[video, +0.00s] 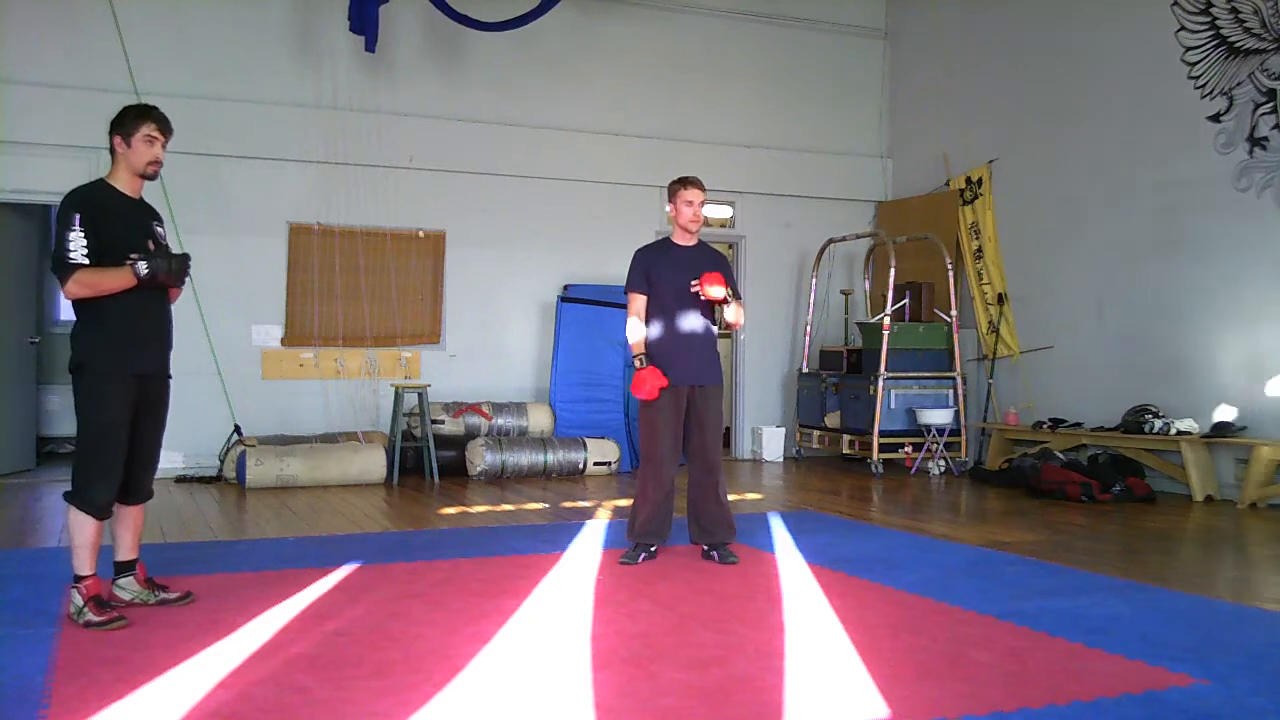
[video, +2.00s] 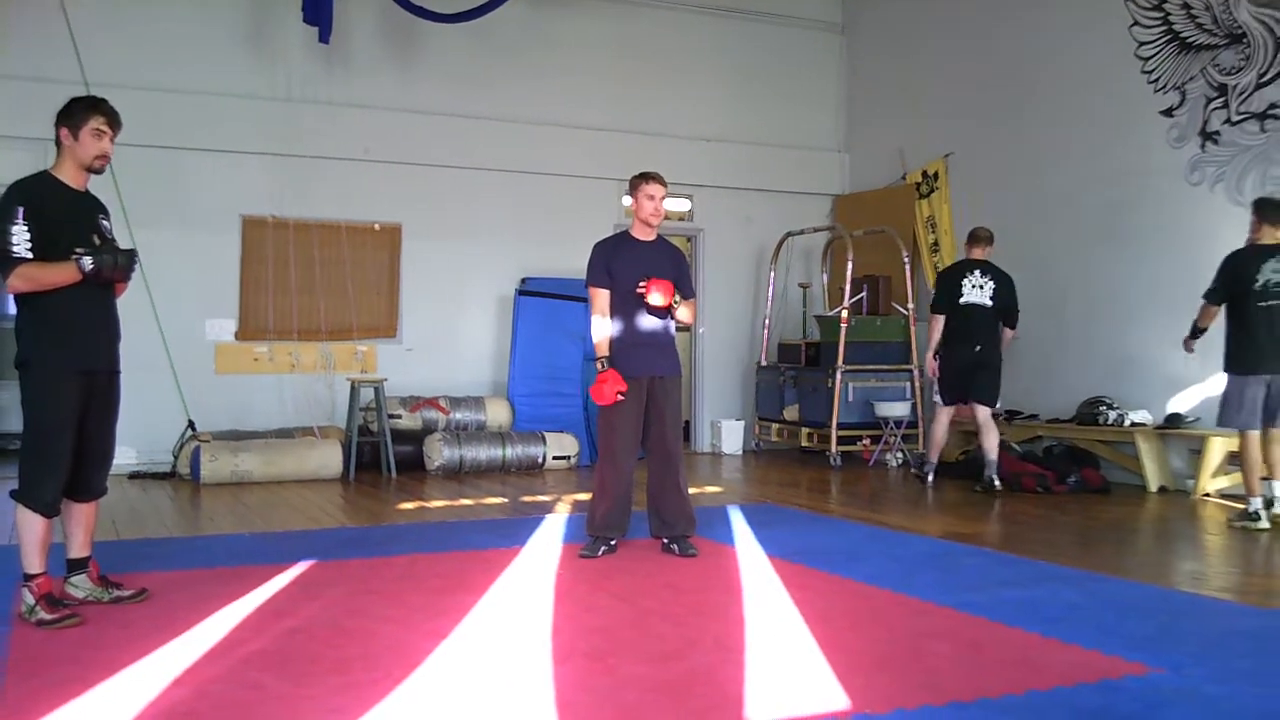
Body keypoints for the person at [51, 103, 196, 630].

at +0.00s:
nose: (159, 152)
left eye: (163, 144)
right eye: (149, 141)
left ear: (161, 152)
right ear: (119, 142)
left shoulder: (152, 216)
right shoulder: (82, 201)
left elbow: (166, 297)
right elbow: (74, 284)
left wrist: (176, 275)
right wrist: (143, 270)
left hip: (151, 364)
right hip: (103, 363)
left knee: (136, 472)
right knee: (96, 473)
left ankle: (129, 580)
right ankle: (84, 592)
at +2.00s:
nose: (107, 146)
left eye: (112, 138)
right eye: (98, 134)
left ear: (109, 145)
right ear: (66, 134)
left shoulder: (97, 209)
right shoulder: (24, 195)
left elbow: (108, 290)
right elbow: (15, 278)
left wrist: (122, 272)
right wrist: (87, 266)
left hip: (99, 360)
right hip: (49, 360)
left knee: (88, 467)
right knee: (43, 469)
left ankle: (80, 578)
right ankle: (34, 590)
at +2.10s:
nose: (124, 147)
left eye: (128, 139)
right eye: (114, 135)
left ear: (124, 146)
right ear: (82, 135)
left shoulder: (113, 210)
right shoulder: (42, 196)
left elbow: (126, 291)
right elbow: (35, 279)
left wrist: (138, 273)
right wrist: (103, 267)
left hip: (115, 360)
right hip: (66, 359)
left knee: (105, 466)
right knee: (61, 468)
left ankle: (97, 576)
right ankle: (52, 589)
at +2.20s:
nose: (130, 147)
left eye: (134, 139)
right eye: (121, 135)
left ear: (130, 147)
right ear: (88, 135)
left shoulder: (119, 210)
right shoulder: (48, 196)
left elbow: (130, 292)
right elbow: (40, 280)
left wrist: (143, 273)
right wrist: (109, 267)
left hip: (119, 360)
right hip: (70, 360)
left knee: (108, 467)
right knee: (65, 468)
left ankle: (99, 576)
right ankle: (54, 589)